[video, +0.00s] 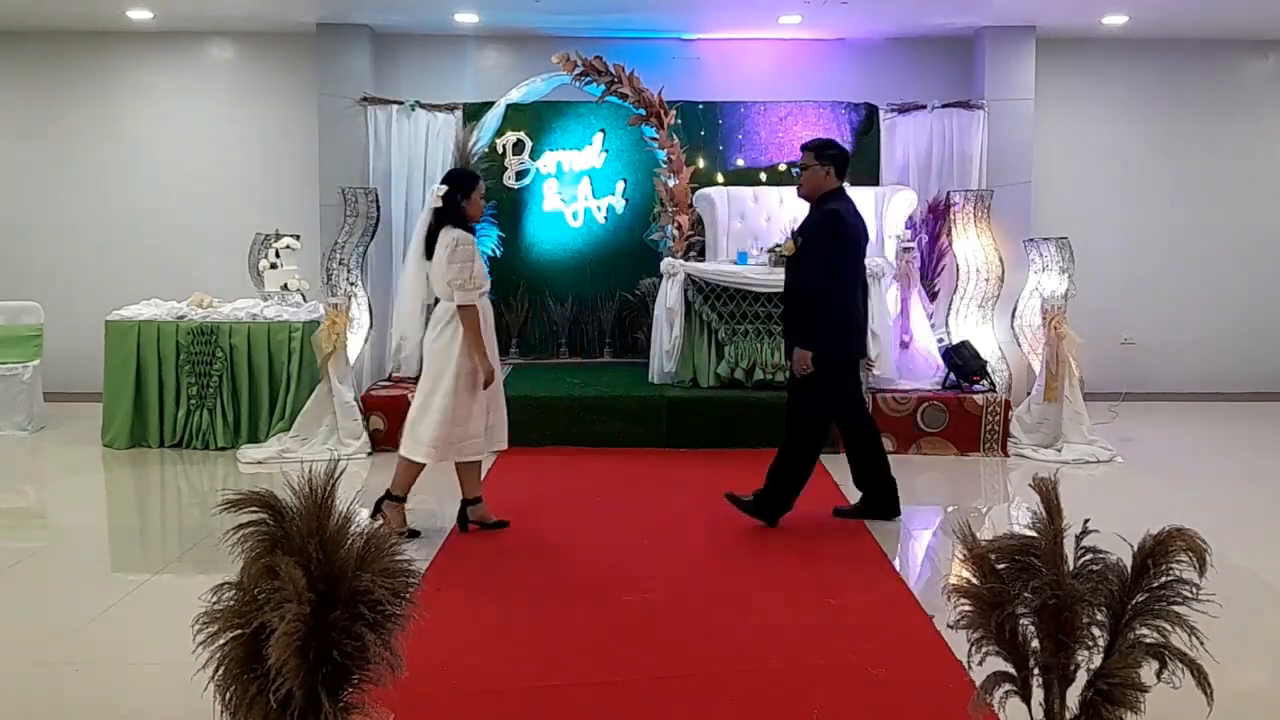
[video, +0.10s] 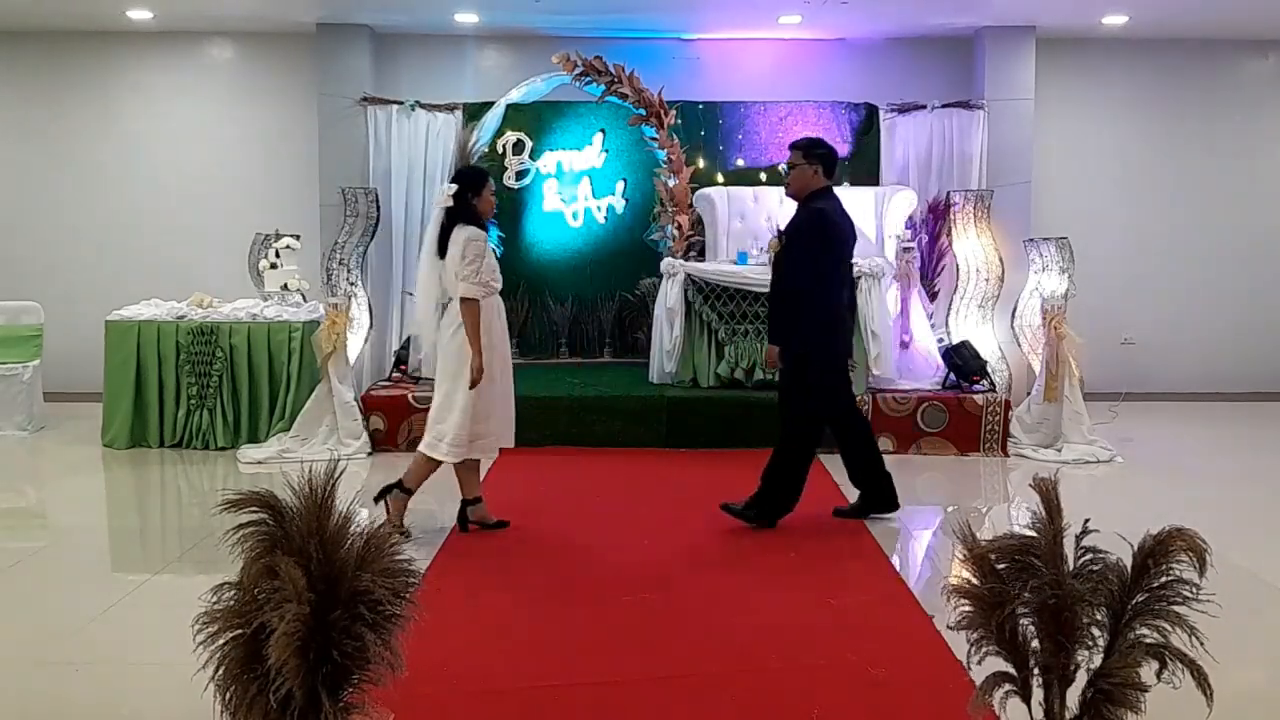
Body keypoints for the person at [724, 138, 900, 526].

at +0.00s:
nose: (798, 176)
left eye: (804, 169)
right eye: (799, 169)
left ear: (827, 172)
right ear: (827, 173)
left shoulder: (831, 218)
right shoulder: (836, 213)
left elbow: (823, 287)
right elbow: (827, 285)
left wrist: (805, 343)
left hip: (824, 341)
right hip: (837, 340)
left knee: (804, 426)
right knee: (853, 421)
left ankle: (772, 502)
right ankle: (880, 498)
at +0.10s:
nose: (786, 175)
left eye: (792, 168)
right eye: (787, 168)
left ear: (815, 171)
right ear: (817, 172)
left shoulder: (812, 219)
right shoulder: (832, 215)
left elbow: (791, 284)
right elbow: (821, 284)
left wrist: (775, 339)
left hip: (809, 341)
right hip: (828, 338)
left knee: (797, 427)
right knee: (844, 418)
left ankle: (768, 506)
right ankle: (878, 494)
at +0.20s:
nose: (773, 174)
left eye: (779, 166)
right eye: (774, 166)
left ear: (803, 170)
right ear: (805, 171)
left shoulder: (799, 215)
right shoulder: (816, 212)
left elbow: (774, 281)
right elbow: (803, 283)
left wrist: (750, 330)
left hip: (792, 339)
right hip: (808, 337)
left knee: (788, 426)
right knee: (824, 414)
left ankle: (766, 508)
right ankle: (872, 487)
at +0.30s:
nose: (759, 174)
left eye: (765, 165)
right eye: (760, 166)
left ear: (790, 170)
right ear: (792, 171)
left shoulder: (787, 214)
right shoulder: (800, 211)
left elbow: (759, 279)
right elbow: (777, 280)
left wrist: (728, 326)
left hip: (778, 338)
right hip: (788, 335)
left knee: (777, 423)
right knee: (780, 420)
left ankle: (761, 511)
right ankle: (845, 471)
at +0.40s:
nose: (745, 176)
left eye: (751, 168)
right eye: (747, 168)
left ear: (774, 171)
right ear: (776, 172)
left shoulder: (775, 217)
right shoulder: (783, 213)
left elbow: (749, 282)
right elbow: (754, 282)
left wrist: (728, 333)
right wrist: (733, 334)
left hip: (766, 339)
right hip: (772, 336)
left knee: (754, 413)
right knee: (752, 408)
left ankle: (762, 509)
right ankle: (800, 460)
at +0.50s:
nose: (732, 178)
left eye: (737, 170)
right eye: (732, 170)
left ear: (761, 172)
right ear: (757, 173)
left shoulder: (770, 216)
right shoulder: (755, 214)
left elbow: (769, 287)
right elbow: (732, 281)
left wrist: (765, 343)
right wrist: (698, 319)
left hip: (751, 344)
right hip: (732, 339)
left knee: (750, 423)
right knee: (708, 398)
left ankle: (760, 509)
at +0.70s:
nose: (706, 176)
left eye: (711, 168)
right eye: (706, 169)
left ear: (736, 169)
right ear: (727, 170)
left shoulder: (764, 214)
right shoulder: (713, 220)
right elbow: (689, 268)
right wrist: (642, 284)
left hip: (745, 339)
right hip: (706, 337)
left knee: (738, 419)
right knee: (688, 413)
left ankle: (754, 507)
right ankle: (682, 498)